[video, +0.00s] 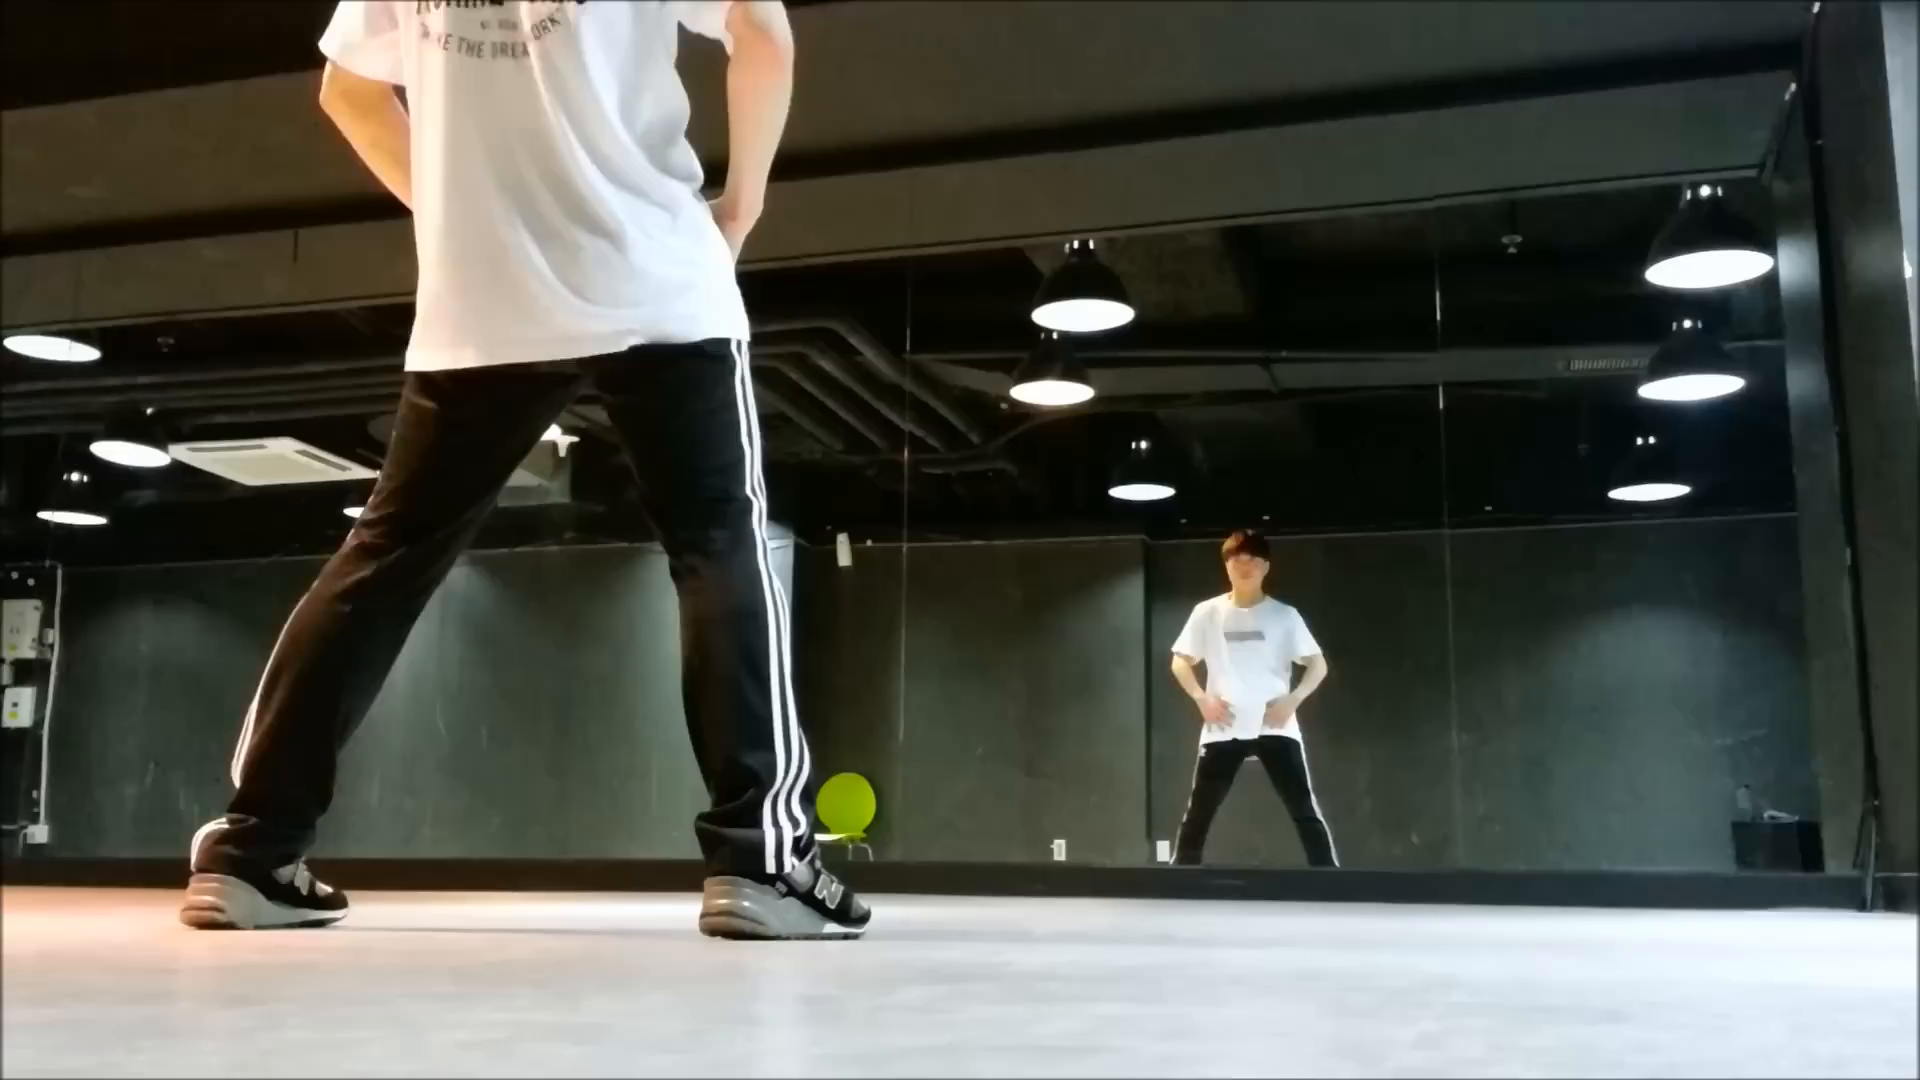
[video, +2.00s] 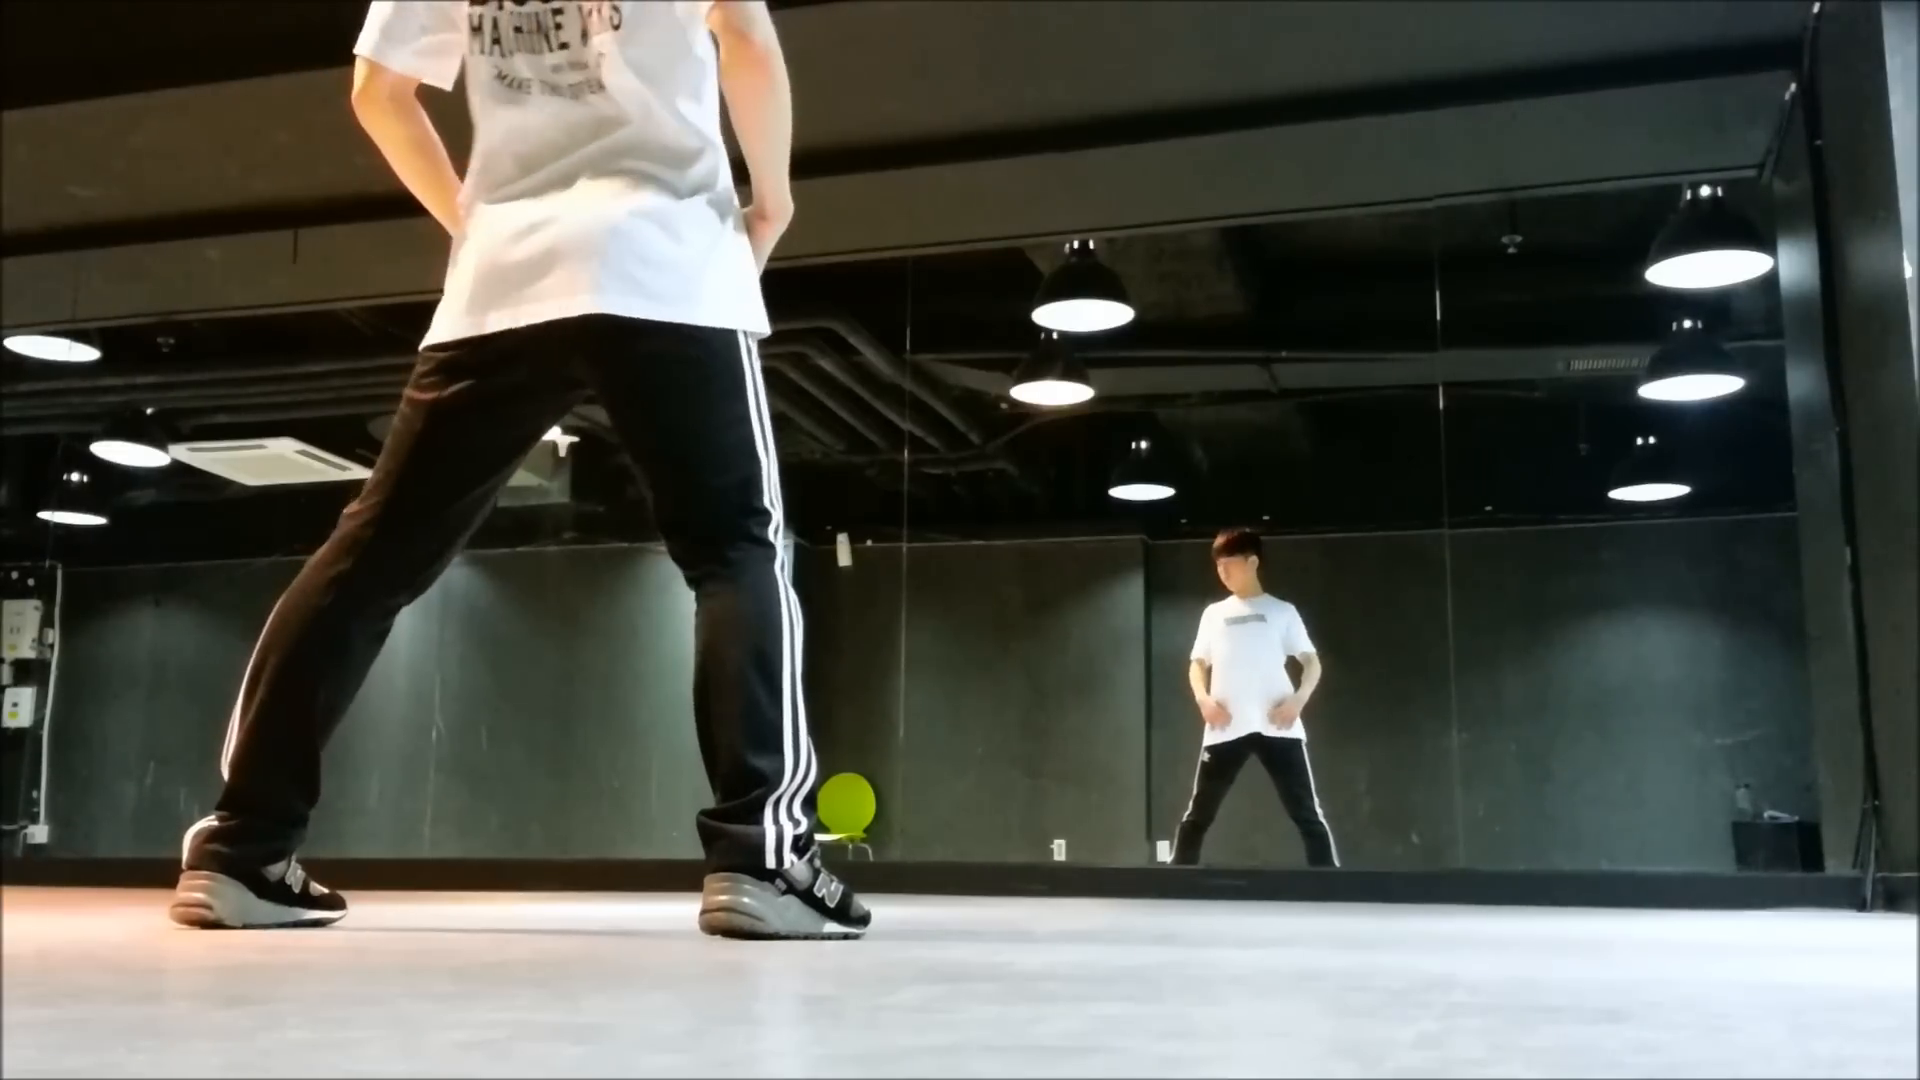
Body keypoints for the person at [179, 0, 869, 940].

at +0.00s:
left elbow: (348, 88)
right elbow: (763, 35)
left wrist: (455, 206)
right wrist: (743, 193)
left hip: (480, 268)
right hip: (651, 263)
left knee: (388, 552)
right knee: (723, 549)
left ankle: (248, 845)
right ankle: (762, 856)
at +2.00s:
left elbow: (381, 88)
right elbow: (744, 33)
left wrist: (472, 221)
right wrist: (771, 195)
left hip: (503, 260)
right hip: (665, 256)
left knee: (373, 553)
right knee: (737, 556)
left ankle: (239, 844)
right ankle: (762, 853)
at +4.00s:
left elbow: (353, 75)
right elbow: (773, 28)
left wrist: (466, 201)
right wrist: (758, 196)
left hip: (490, 270)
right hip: (658, 266)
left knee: (383, 550)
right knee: (722, 549)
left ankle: (242, 843)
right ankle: (760, 854)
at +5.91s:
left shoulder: (434, 5)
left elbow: (342, 113)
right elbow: (799, 60)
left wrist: (447, 245)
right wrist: (755, 233)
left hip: (497, 315)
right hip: (667, 304)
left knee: (421, 585)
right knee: (780, 566)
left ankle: (282, 836)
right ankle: (740, 833)